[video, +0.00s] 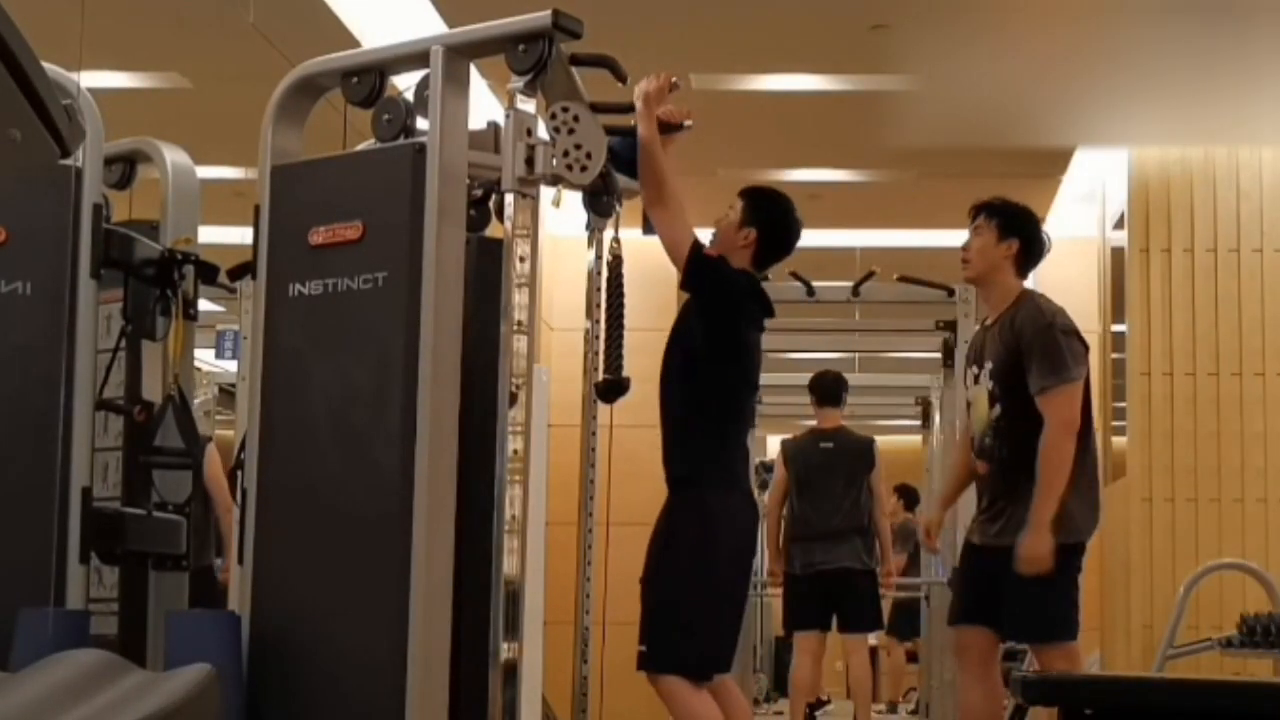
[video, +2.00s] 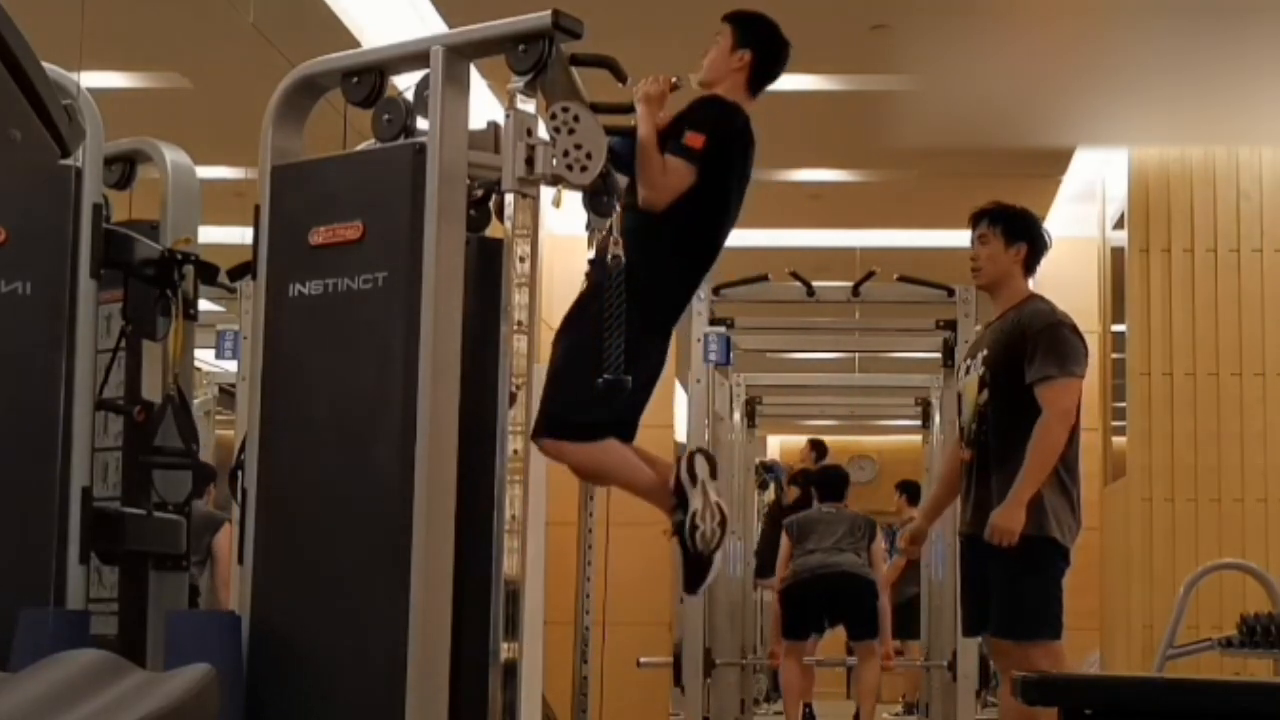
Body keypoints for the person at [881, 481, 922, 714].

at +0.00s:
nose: (889, 503)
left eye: (892, 498)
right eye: (890, 498)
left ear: (900, 500)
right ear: (910, 502)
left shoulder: (905, 525)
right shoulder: (908, 523)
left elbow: (898, 560)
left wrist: (887, 578)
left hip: (906, 592)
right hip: (913, 591)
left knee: (893, 643)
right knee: (917, 645)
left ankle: (893, 699)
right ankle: (915, 692)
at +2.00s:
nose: (894, 500)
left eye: (896, 496)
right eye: (895, 496)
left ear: (903, 497)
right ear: (912, 498)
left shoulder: (911, 523)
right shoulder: (910, 521)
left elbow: (900, 558)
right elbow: (901, 556)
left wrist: (884, 582)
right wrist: (887, 578)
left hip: (911, 590)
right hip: (908, 590)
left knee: (911, 647)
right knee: (909, 647)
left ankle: (911, 700)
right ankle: (912, 699)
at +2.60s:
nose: (890, 504)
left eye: (892, 499)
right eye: (891, 499)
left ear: (900, 500)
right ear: (912, 500)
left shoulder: (907, 527)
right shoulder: (913, 525)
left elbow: (902, 561)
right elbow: (903, 561)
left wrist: (888, 586)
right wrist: (891, 584)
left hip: (908, 593)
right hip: (912, 592)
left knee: (910, 648)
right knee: (912, 648)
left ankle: (910, 700)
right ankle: (912, 698)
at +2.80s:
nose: (890, 505)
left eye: (892, 500)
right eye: (891, 500)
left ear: (900, 500)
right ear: (911, 500)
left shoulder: (907, 527)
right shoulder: (912, 525)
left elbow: (901, 563)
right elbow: (902, 562)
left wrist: (889, 585)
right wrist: (892, 581)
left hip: (907, 593)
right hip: (911, 591)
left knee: (910, 647)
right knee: (911, 648)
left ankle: (910, 701)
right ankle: (913, 699)